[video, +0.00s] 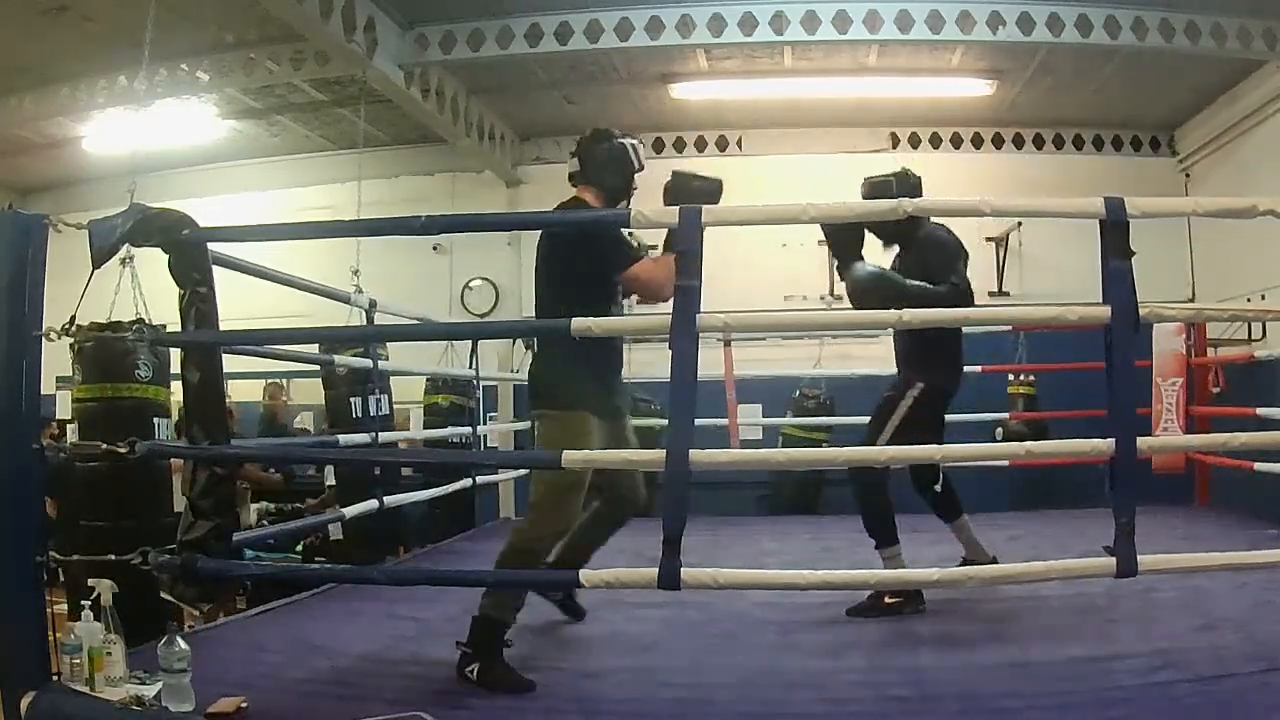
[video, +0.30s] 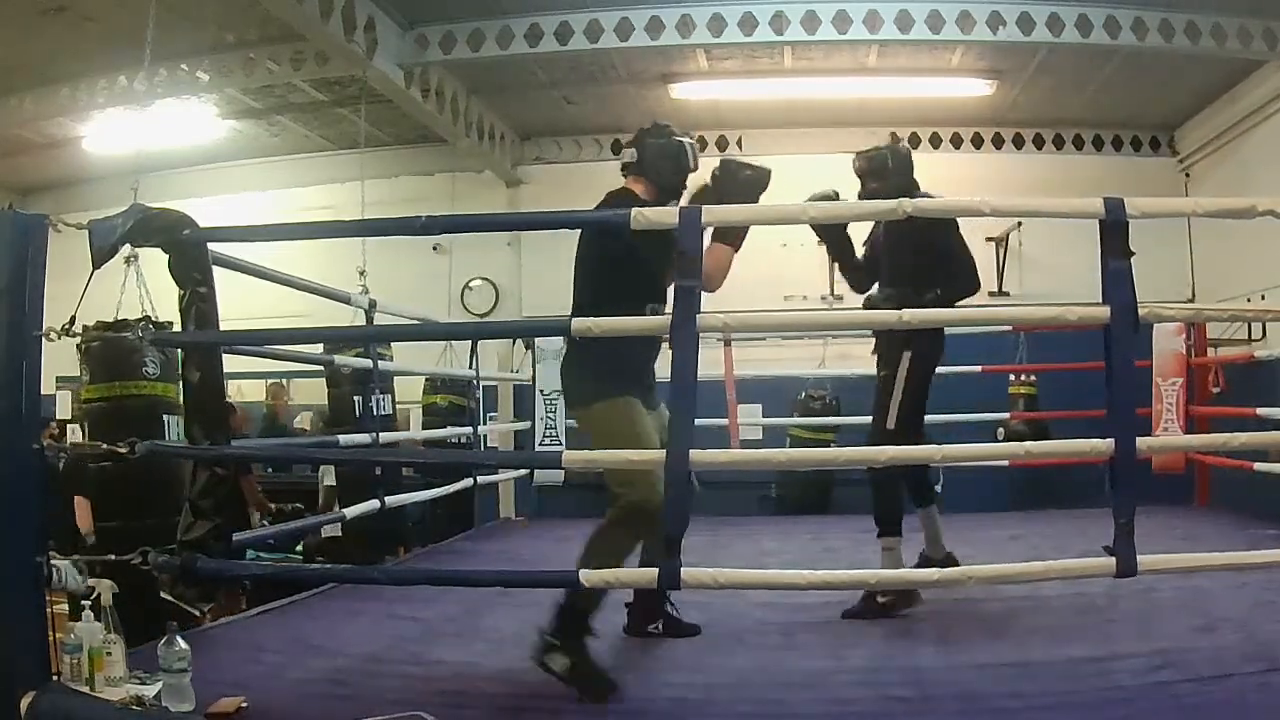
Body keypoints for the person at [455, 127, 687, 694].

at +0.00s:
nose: (636, 186)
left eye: (634, 177)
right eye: (634, 176)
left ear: (587, 171)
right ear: (623, 176)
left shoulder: (586, 222)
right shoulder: (586, 224)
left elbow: (640, 281)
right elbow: (657, 287)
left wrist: (659, 267)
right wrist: (678, 248)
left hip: (599, 394)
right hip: (570, 394)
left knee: (626, 496)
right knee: (551, 519)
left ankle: (558, 573)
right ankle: (482, 648)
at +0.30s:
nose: (688, 185)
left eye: (688, 178)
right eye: (687, 176)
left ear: (637, 167)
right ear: (674, 175)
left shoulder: (638, 216)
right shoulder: (627, 217)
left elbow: (687, 268)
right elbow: (711, 274)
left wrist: (700, 203)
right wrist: (738, 212)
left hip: (634, 384)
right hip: (604, 384)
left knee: (673, 488)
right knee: (643, 499)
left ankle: (649, 607)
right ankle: (564, 634)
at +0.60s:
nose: (736, 182)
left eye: (737, 174)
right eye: (735, 173)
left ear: (683, 162)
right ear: (723, 171)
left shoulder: (660, 210)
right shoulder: (686, 218)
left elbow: (735, 289)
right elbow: (747, 297)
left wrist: (766, 233)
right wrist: (777, 230)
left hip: (668, 389)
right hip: (660, 393)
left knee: (713, 481)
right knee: (656, 521)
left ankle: (738, 593)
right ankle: (593, 659)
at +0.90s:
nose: (779, 189)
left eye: (778, 180)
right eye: (776, 179)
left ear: (725, 173)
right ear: (762, 178)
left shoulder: (701, 221)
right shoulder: (746, 227)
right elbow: (799, 295)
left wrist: (801, 231)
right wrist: (819, 235)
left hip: (722, 390)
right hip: (724, 396)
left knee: (766, 496)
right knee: (758, 512)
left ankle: (759, 599)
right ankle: (679, 632)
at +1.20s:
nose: (823, 230)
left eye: (825, 222)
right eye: (819, 221)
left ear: (783, 207)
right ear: (803, 215)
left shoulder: (788, 253)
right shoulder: (774, 256)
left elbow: (851, 295)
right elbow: (861, 286)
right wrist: (889, 236)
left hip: (770, 409)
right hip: (738, 412)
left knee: (816, 479)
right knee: (769, 521)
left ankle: (831, 573)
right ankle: (677, 635)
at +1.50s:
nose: (866, 318)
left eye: (869, 308)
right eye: (861, 308)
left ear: (865, 295)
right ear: (835, 294)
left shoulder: (832, 317)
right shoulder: (791, 325)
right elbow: (797, 423)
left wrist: (897, 348)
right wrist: (859, 396)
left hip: (782, 434)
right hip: (733, 432)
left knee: (855, 502)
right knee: (749, 504)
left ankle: (837, 583)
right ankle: (682, 636)